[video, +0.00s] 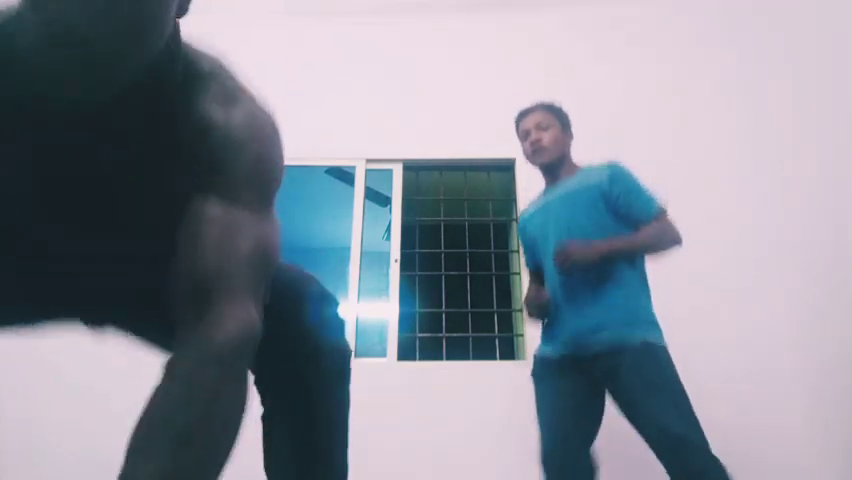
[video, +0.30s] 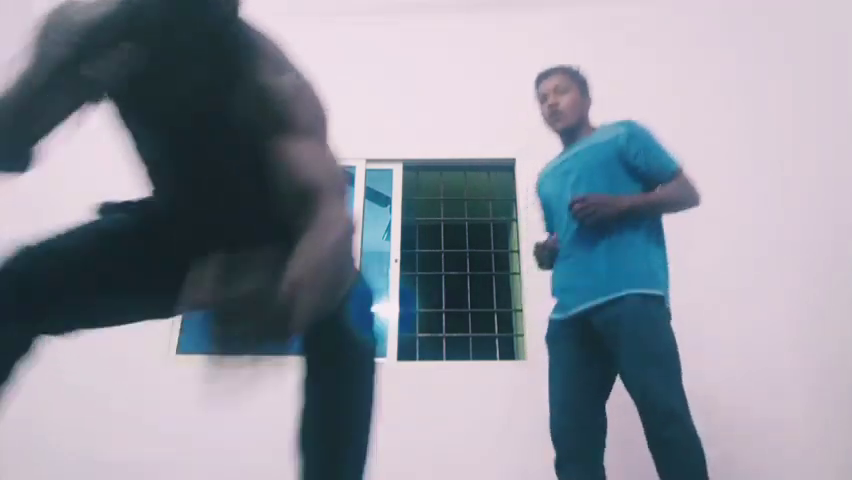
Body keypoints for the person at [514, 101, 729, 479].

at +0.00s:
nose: (533, 139)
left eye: (543, 129)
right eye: (525, 136)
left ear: (567, 135)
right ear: (522, 149)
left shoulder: (609, 178)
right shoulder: (528, 219)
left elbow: (667, 233)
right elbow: (537, 281)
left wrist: (597, 249)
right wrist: (534, 301)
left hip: (630, 344)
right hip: (561, 356)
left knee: (689, 459)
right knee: (561, 466)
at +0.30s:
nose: (552, 103)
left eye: (561, 92)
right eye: (544, 99)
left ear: (585, 96)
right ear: (541, 113)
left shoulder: (624, 134)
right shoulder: (548, 177)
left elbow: (686, 192)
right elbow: (560, 246)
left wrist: (620, 204)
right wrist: (547, 253)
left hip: (633, 302)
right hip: (571, 315)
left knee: (667, 426)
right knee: (573, 439)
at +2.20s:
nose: (632, 98)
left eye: (642, 87)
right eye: (630, 91)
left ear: (676, 87)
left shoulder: (704, 119)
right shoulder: (679, 154)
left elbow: (756, 171)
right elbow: (725, 233)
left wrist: (660, 219)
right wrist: (674, 277)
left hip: (735, 296)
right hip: (709, 307)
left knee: (746, 415)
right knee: (704, 446)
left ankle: (823, 474)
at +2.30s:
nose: (641, 115)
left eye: (651, 103)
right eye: (639, 108)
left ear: (689, 107)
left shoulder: (717, 138)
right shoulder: (693, 176)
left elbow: (749, 195)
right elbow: (739, 261)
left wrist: (649, 233)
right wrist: (688, 301)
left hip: (749, 304)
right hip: (724, 319)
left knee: (754, 440)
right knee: (689, 451)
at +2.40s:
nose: (637, 104)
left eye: (646, 92)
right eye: (635, 97)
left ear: (681, 93)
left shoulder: (712, 123)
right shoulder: (688, 161)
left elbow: (755, 171)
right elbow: (735, 242)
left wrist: (661, 214)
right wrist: (692, 282)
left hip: (741, 292)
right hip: (713, 305)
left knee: (763, 413)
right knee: (703, 443)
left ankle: (836, 471)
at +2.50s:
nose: (629, 91)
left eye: (638, 80)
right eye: (625, 85)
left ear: (673, 79)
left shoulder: (701, 106)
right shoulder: (677, 145)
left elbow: (757, 152)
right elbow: (727, 214)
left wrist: (670, 203)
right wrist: (683, 251)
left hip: (737, 276)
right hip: (704, 293)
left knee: (769, 390)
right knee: (715, 428)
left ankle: (830, 474)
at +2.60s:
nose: (628, 104)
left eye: (637, 93)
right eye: (624, 98)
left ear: (672, 93)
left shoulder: (703, 125)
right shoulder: (674, 163)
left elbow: (753, 173)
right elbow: (719, 235)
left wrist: (670, 226)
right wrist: (679, 274)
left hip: (740, 290)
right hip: (706, 305)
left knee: (759, 405)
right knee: (717, 439)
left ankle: (822, 475)